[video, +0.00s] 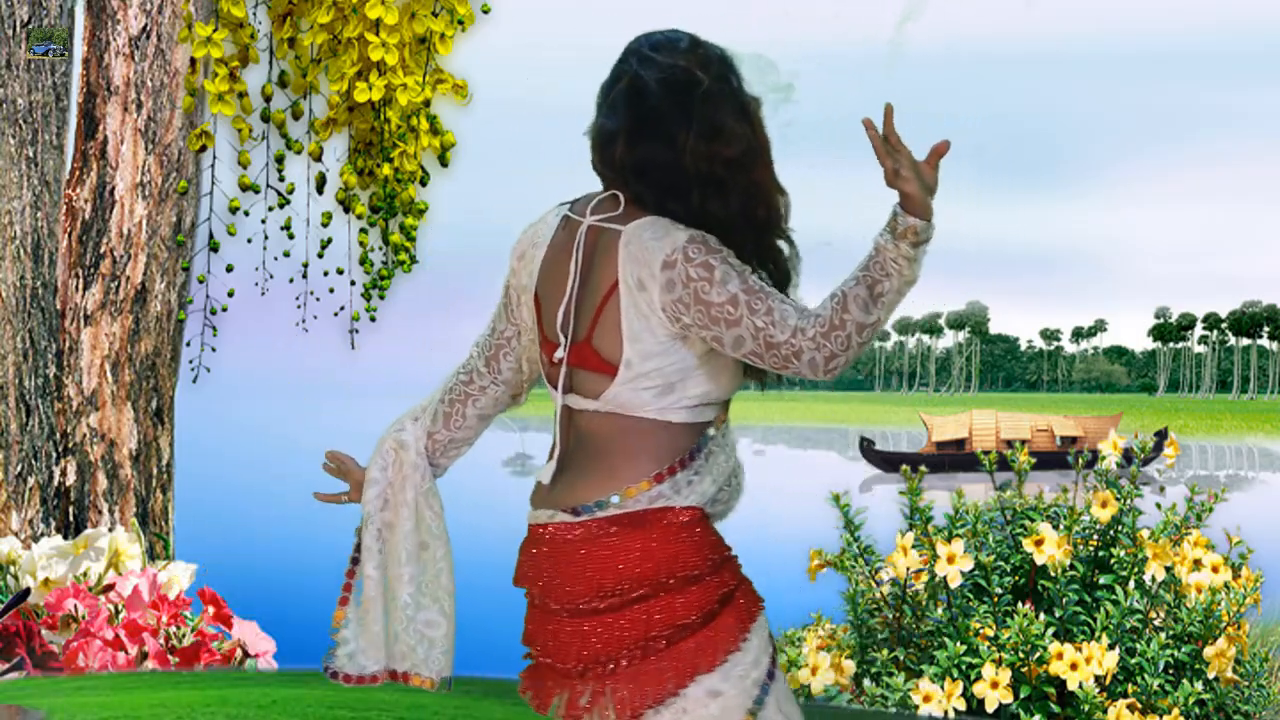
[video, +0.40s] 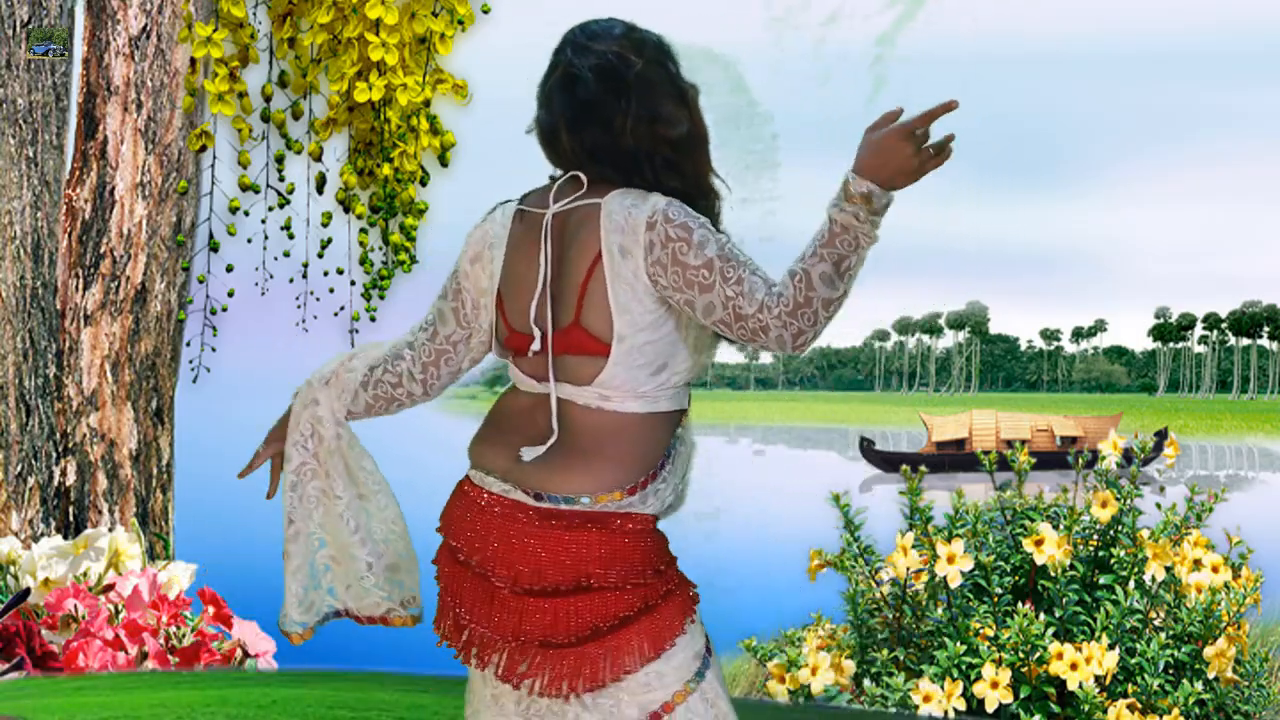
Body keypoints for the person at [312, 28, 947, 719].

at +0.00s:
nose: (748, 144)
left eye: (739, 122)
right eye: (737, 125)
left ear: (610, 137)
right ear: (716, 141)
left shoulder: (547, 242)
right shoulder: (675, 256)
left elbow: (483, 381)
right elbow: (816, 348)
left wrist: (393, 468)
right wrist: (910, 227)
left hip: (555, 543)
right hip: (656, 541)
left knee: (587, 705)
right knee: (735, 702)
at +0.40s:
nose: (692, 109)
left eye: (685, 88)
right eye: (679, 91)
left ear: (560, 115)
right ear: (652, 110)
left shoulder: (502, 229)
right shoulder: (658, 227)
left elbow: (432, 357)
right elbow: (785, 325)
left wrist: (318, 403)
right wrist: (867, 191)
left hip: (482, 516)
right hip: (600, 539)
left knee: (506, 697)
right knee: (681, 703)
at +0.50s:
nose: (681, 111)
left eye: (675, 90)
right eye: (671, 93)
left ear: (549, 112)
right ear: (645, 108)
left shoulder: (490, 231)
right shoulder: (662, 223)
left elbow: (415, 380)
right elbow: (776, 339)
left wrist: (293, 374)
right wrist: (871, 216)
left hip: (475, 505)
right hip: (600, 533)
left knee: (488, 694)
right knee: (649, 700)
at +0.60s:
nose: (674, 114)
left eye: (667, 94)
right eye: (666, 96)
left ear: (540, 116)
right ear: (647, 110)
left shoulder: (482, 235)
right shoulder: (668, 228)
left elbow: (421, 389)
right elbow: (773, 348)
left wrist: (294, 366)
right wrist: (868, 234)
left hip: (475, 510)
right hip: (608, 532)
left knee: (488, 693)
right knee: (654, 696)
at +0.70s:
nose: (689, 118)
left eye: (677, 99)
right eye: (679, 100)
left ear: (553, 115)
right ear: (664, 113)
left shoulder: (488, 237)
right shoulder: (682, 230)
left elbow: (447, 402)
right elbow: (791, 352)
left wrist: (318, 382)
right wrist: (893, 240)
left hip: (503, 513)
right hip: (640, 527)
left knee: (516, 696)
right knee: (683, 700)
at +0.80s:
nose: (707, 121)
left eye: (697, 103)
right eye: (698, 104)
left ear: (572, 116)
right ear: (683, 116)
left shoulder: (507, 240)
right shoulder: (700, 231)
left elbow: (465, 407)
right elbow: (808, 353)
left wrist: (338, 403)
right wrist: (910, 243)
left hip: (534, 511)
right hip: (673, 519)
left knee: (546, 699)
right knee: (700, 703)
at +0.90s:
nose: (735, 123)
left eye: (725, 102)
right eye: (727, 104)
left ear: (597, 113)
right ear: (709, 116)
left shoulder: (526, 235)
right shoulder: (722, 229)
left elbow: (486, 406)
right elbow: (834, 353)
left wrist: (351, 427)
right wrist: (928, 244)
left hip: (575, 516)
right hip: (715, 505)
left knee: (585, 698)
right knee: (741, 700)